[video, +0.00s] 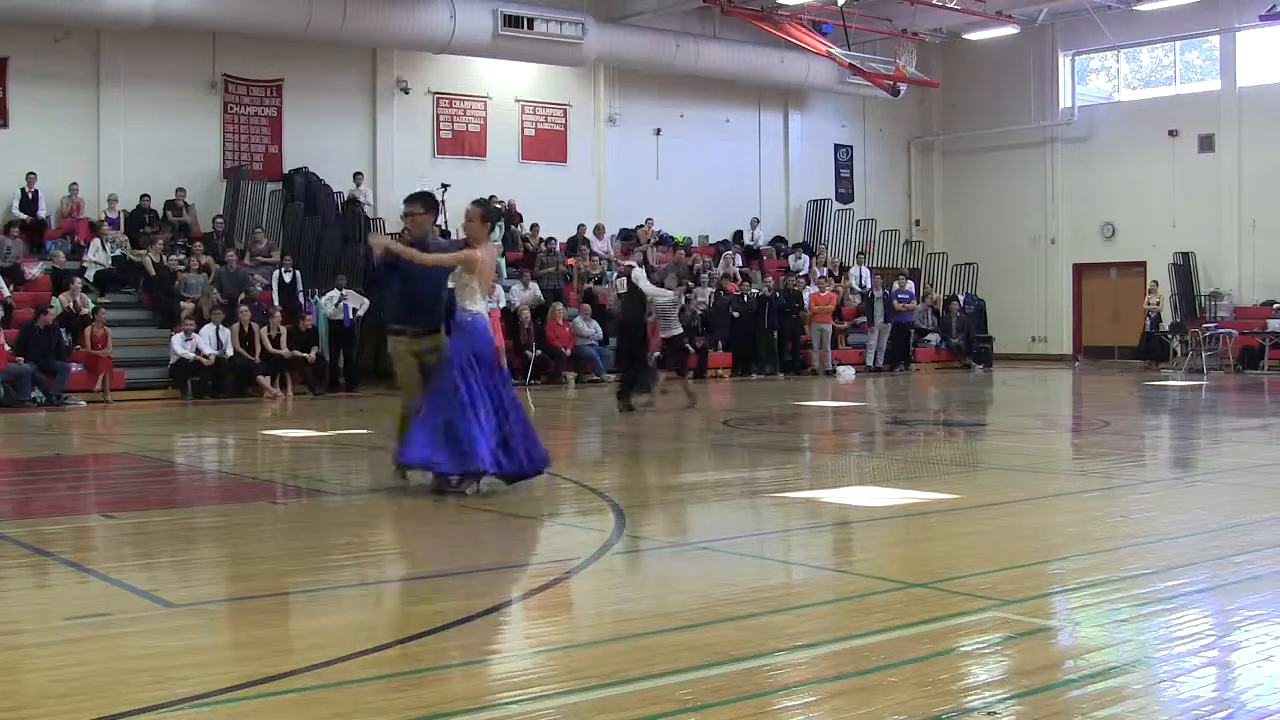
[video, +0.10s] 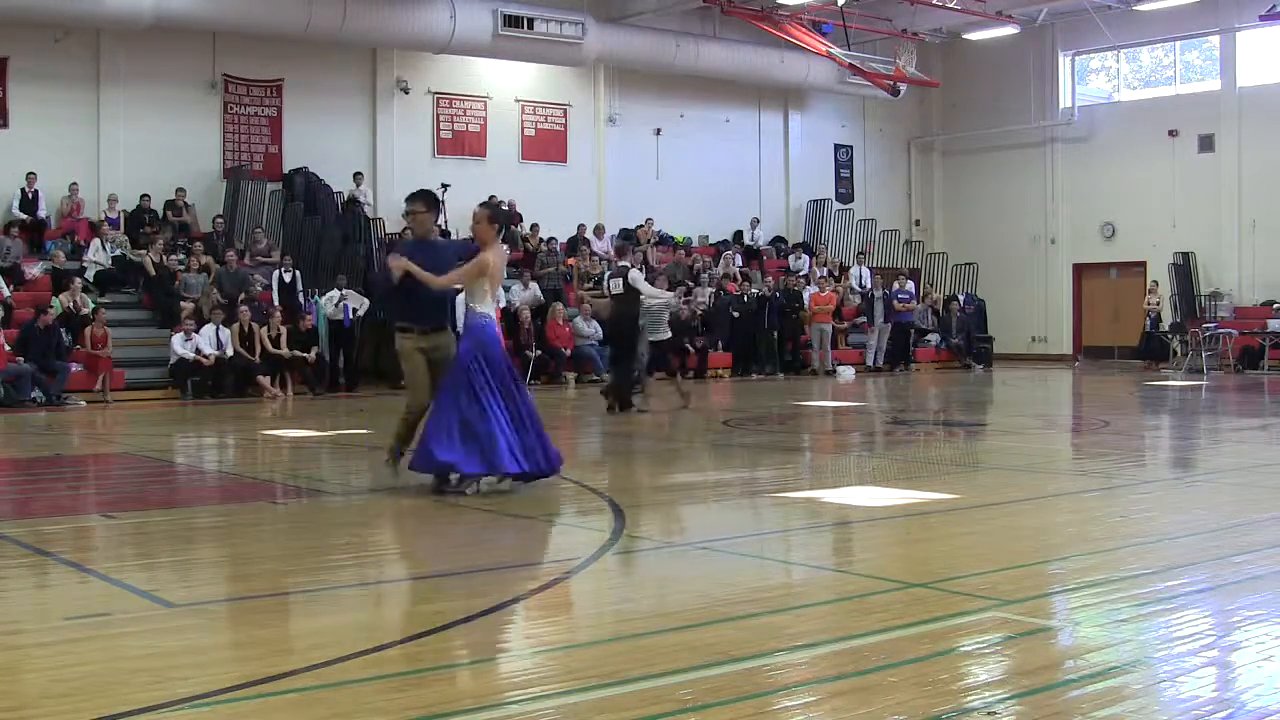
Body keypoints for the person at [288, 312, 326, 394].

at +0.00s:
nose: (310, 323)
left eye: (311, 320)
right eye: (308, 321)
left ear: (312, 321)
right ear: (301, 322)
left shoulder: (313, 330)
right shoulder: (292, 331)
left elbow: (315, 345)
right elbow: (292, 349)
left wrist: (312, 354)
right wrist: (304, 355)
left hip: (310, 354)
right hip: (298, 355)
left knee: (321, 360)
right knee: (302, 363)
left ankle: (320, 386)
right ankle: (314, 387)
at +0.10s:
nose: (310, 323)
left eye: (311, 320)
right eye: (308, 321)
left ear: (312, 321)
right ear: (301, 322)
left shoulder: (313, 330)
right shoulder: (292, 331)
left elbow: (315, 345)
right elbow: (292, 349)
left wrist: (312, 354)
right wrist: (304, 355)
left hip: (310, 354)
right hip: (298, 355)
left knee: (321, 360)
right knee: (302, 363)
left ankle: (320, 386)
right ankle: (314, 387)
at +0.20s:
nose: (311, 323)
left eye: (311, 320)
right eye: (308, 321)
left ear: (312, 321)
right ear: (301, 322)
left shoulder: (313, 330)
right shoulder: (292, 331)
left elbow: (315, 345)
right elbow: (292, 349)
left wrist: (313, 353)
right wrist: (304, 355)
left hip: (310, 354)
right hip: (298, 355)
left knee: (321, 360)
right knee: (303, 363)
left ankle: (321, 386)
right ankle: (313, 387)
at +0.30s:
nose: (311, 323)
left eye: (311, 320)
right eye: (308, 321)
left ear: (312, 321)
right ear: (301, 321)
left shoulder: (313, 330)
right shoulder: (293, 331)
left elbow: (315, 345)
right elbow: (292, 349)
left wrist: (313, 353)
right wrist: (305, 355)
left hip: (310, 354)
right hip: (298, 354)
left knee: (321, 358)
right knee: (302, 362)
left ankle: (321, 385)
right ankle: (313, 387)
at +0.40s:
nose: (311, 323)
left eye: (311, 320)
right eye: (308, 320)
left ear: (312, 321)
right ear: (301, 321)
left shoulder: (313, 330)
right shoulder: (293, 331)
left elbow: (315, 345)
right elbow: (292, 349)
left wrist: (313, 353)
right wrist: (304, 355)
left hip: (310, 354)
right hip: (298, 354)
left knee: (321, 358)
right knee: (302, 362)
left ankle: (321, 385)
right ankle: (313, 387)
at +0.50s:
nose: (311, 323)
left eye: (311, 320)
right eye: (308, 320)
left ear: (312, 321)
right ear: (301, 322)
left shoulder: (313, 330)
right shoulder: (293, 331)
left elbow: (315, 345)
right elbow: (292, 349)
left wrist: (313, 353)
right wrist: (304, 355)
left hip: (310, 354)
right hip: (299, 355)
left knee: (321, 360)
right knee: (302, 363)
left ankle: (321, 386)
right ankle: (313, 387)